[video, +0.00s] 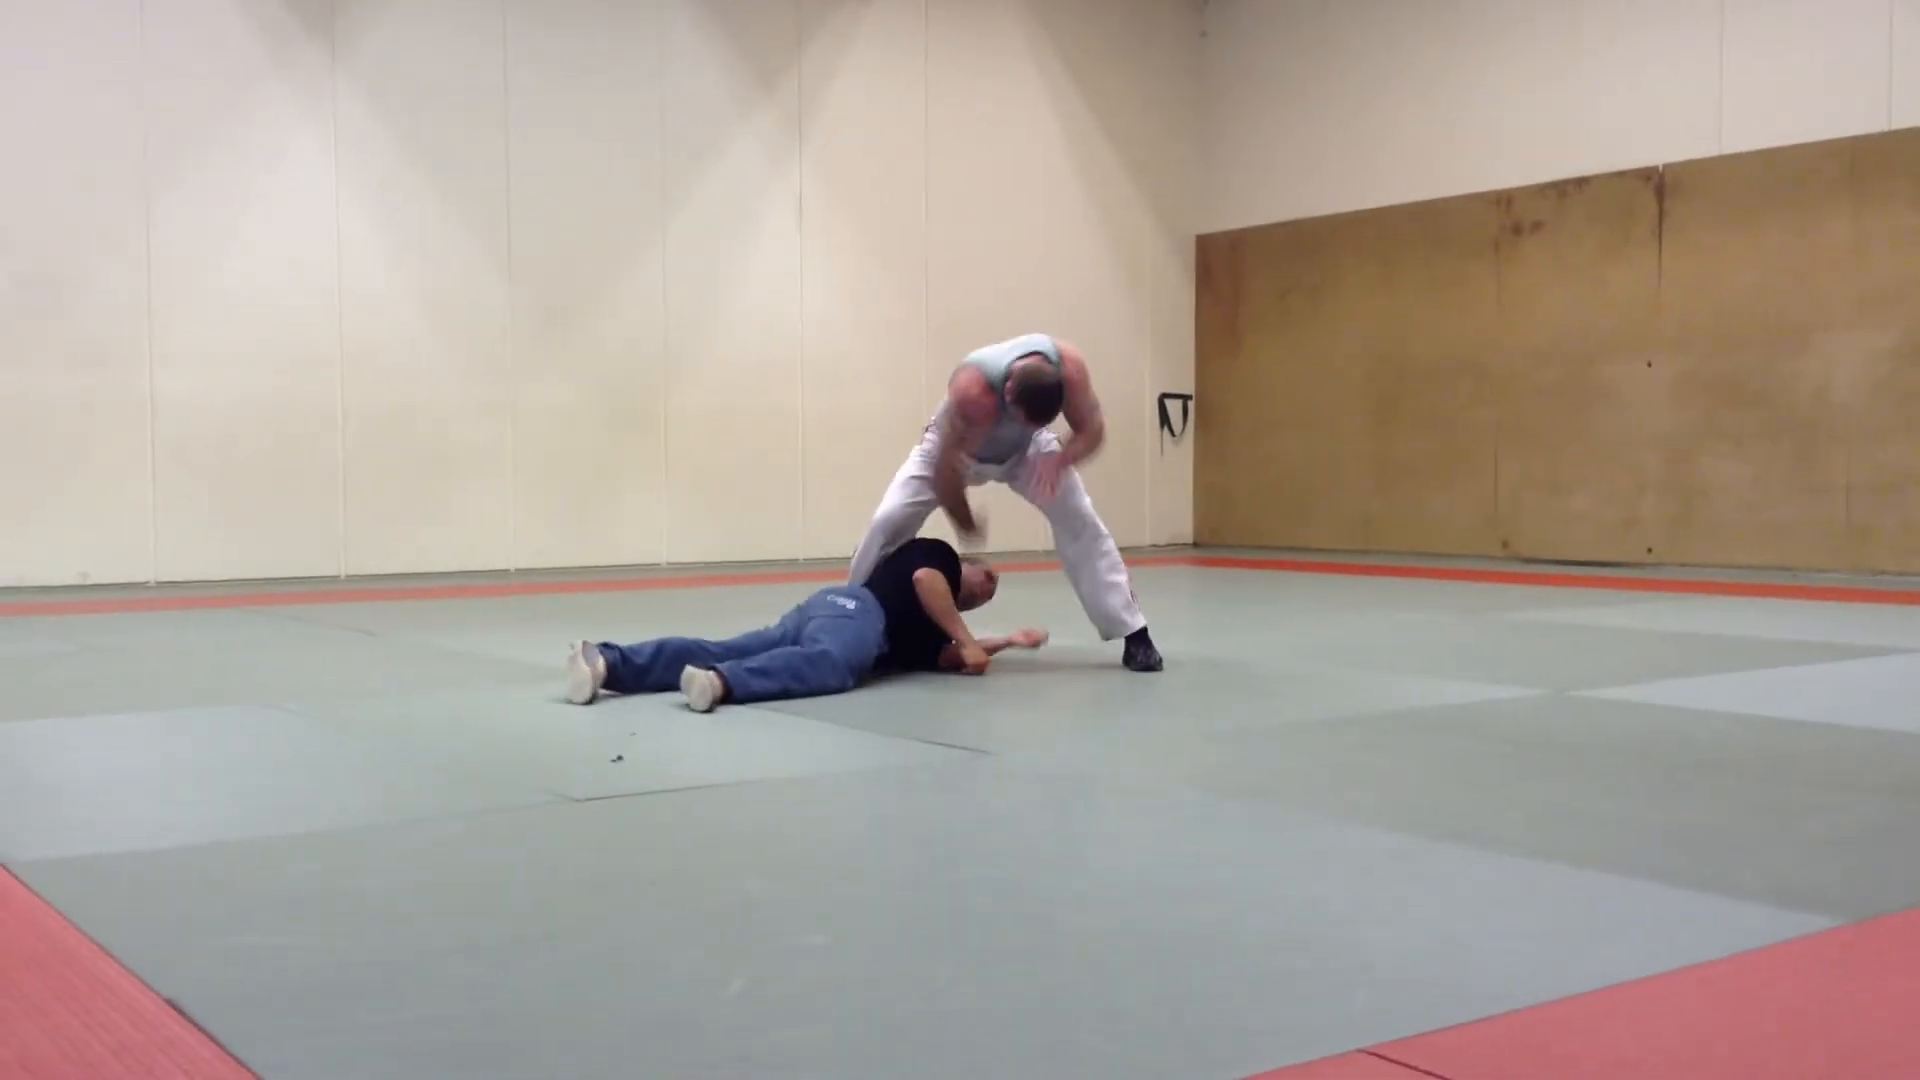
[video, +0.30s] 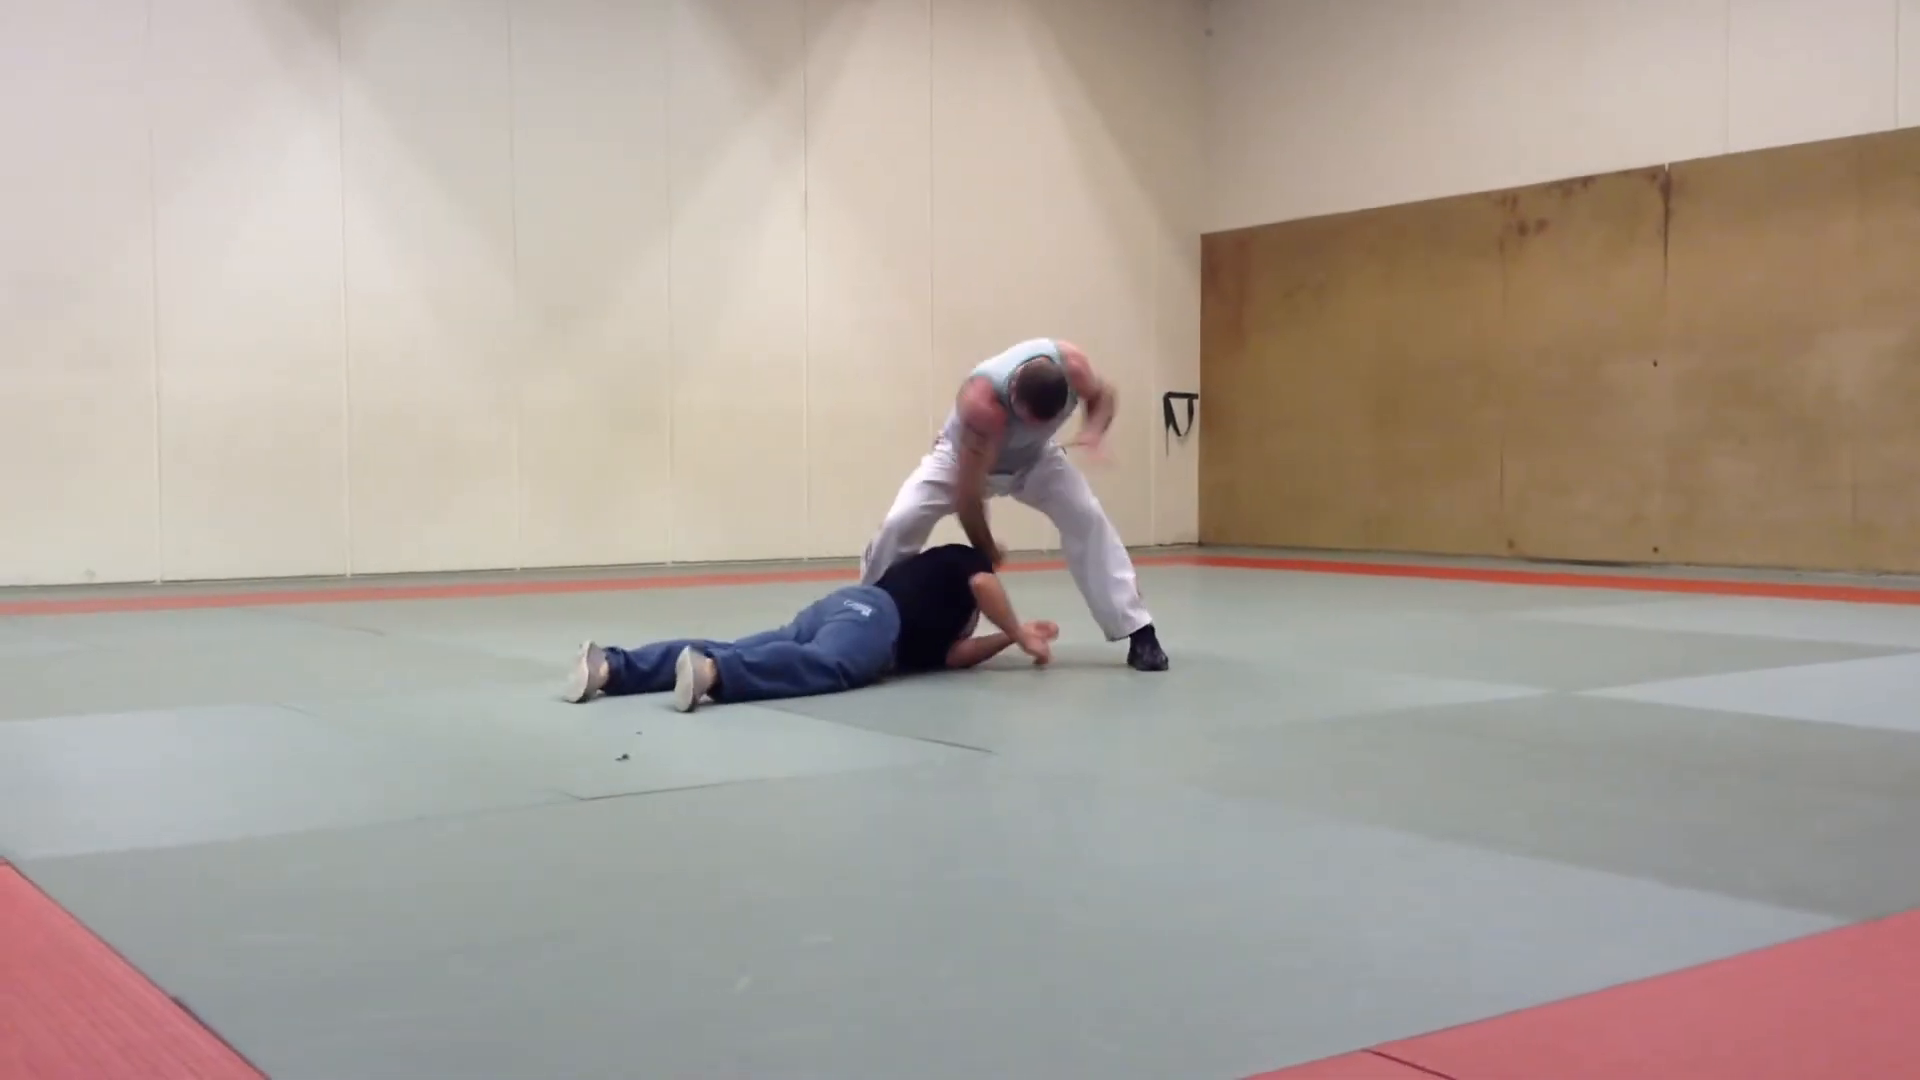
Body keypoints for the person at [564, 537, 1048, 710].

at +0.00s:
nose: (984, 587)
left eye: (987, 589)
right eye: (983, 579)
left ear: (973, 599)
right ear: (967, 562)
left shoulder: (934, 633)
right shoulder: (935, 552)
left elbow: (962, 654)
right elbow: (923, 584)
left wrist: (1009, 641)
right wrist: (965, 642)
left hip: (822, 620)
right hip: (854, 609)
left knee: (729, 652)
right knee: (830, 666)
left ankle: (612, 666)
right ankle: (724, 681)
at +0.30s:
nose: (995, 580)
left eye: (994, 574)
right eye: (991, 573)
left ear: (966, 577)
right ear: (975, 562)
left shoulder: (943, 633)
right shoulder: (955, 555)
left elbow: (955, 657)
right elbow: (985, 582)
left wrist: (1010, 637)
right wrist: (1018, 631)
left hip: (830, 617)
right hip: (876, 614)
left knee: (738, 654)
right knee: (829, 664)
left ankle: (614, 669)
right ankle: (719, 678)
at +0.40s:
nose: (1009, 611)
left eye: (1012, 603)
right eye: (1011, 600)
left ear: (971, 586)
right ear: (996, 584)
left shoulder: (949, 633)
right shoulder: (971, 563)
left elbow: (959, 658)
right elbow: (1010, 609)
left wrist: (1007, 631)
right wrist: (1033, 636)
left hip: (838, 616)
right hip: (882, 612)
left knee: (743, 653)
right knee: (832, 666)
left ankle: (619, 668)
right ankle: (725, 673)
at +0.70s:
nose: (1025, 641)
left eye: (1022, 639)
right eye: (1027, 638)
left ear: (994, 613)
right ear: (1024, 611)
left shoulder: (958, 601)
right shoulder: (1001, 590)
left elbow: (954, 657)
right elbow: (1018, 656)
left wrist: (1011, 650)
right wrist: (1035, 652)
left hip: (858, 611)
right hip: (900, 620)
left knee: (766, 649)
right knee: (839, 665)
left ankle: (635, 664)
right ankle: (743, 666)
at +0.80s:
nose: (1029, 646)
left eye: (1027, 643)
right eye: (1031, 643)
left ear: (1003, 625)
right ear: (1026, 615)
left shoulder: (958, 600)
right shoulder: (1004, 590)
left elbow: (951, 658)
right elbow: (1021, 656)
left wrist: (1009, 650)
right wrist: (1034, 653)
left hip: (863, 610)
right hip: (905, 621)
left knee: (773, 649)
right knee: (841, 665)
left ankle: (641, 663)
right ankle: (747, 665)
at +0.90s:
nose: (1030, 644)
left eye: (1027, 642)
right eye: (1030, 642)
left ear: (1001, 615)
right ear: (1024, 605)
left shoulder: (956, 593)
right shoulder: (1009, 593)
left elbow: (951, 660)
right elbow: (1023, 657)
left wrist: (1011, 649)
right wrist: (1037, 652)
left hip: (866, 612)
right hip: (909, 621)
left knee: (778, 650)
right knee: (841, 666)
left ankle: (643, 663)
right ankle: (749, 665)